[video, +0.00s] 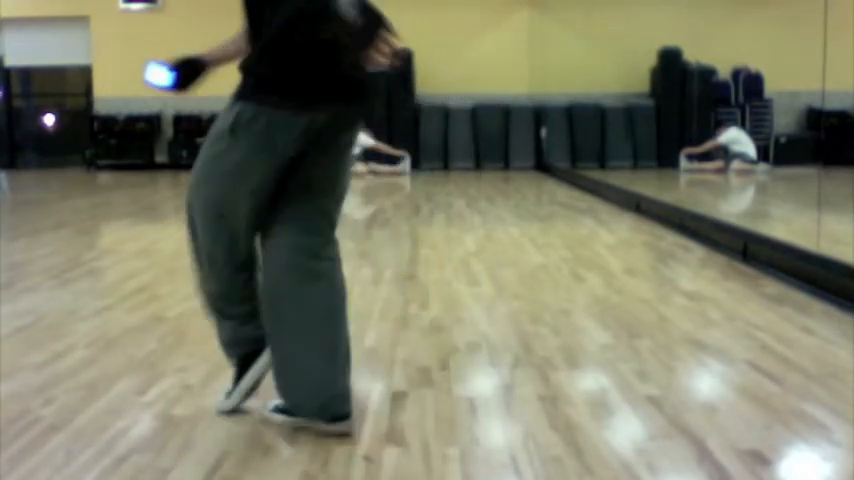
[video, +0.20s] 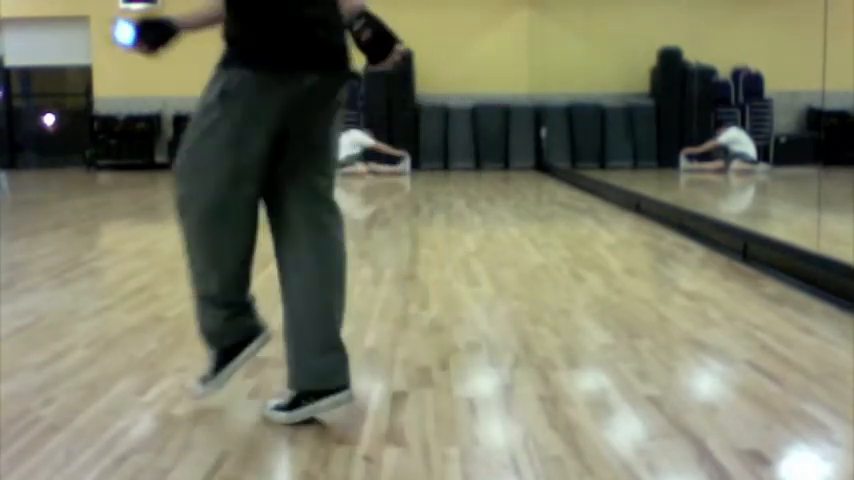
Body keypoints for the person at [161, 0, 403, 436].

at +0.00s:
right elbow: (269, 26)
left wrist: (364, 27)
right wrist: (204, 60)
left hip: (280, 75)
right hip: (340, 76)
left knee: (215, 204)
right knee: (302, 235)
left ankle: (245, 342)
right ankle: (320, 402)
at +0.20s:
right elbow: (237, 6)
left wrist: (359, 19)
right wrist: (175, 23)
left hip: (262, 49)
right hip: (320, 49)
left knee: (206, 180)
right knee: (304, 205)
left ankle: (230, 330)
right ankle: (321, 377)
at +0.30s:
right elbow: (213, 9)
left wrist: (353, 34)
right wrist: (148, 13)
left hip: (241, 70)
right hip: (295, 66)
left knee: (184, 209)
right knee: (283, 217)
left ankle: (204, 358)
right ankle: (326, 385)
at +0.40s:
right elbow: (197, 11)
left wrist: (348, 49)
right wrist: (130, 19)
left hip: (227, 82)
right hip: (267, 78)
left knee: (179, 229)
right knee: (263, 226)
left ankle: (198, 377)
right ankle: (322, 377)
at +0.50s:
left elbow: (294, 1)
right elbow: (177, 12)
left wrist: (300, 58)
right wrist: (116, 31)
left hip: (212, 82)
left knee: (176, 234)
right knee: (184, 223)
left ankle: (206, 380)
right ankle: (269, 302)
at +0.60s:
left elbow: (261, 3)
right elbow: (180, 14)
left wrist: (243, 60)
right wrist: (117, 35)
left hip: (211, 84)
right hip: (177, 84)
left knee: (171, 238)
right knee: (112, 167)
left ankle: (207, 379)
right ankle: (224, 246)